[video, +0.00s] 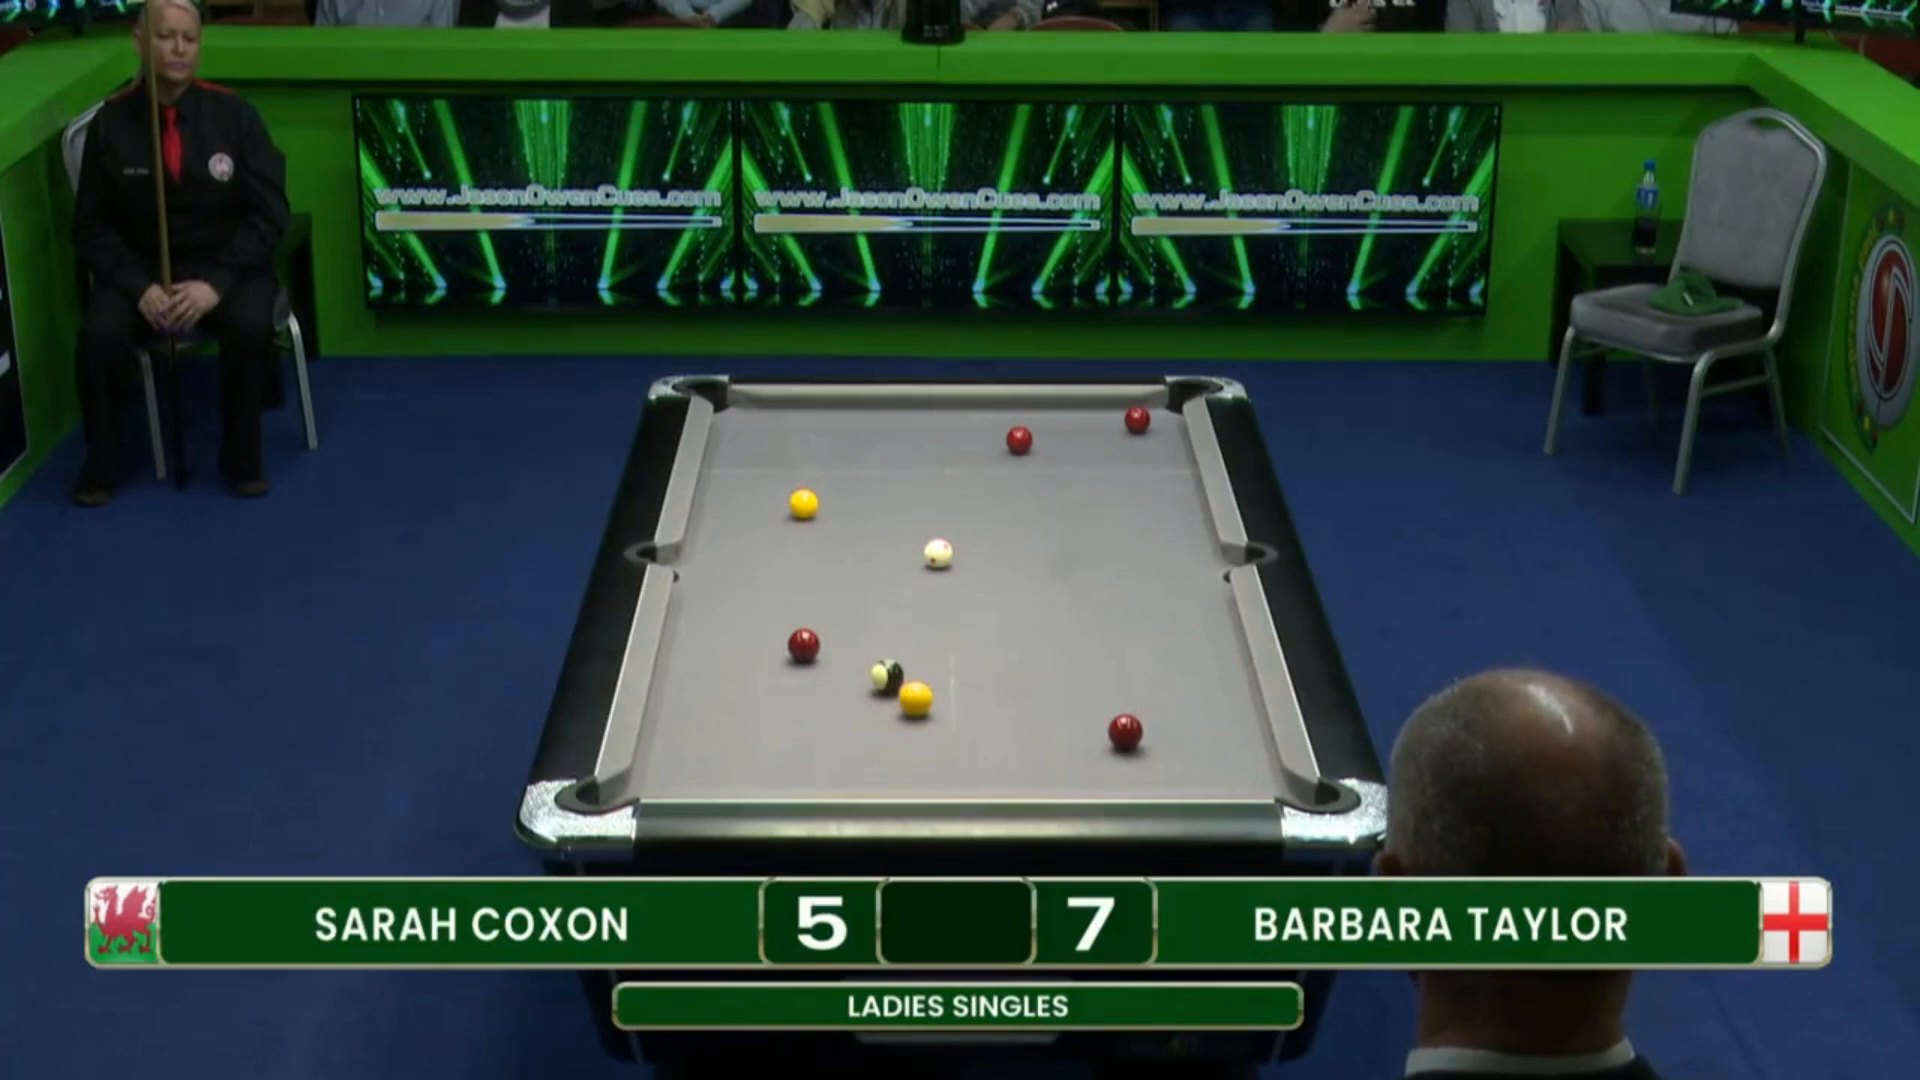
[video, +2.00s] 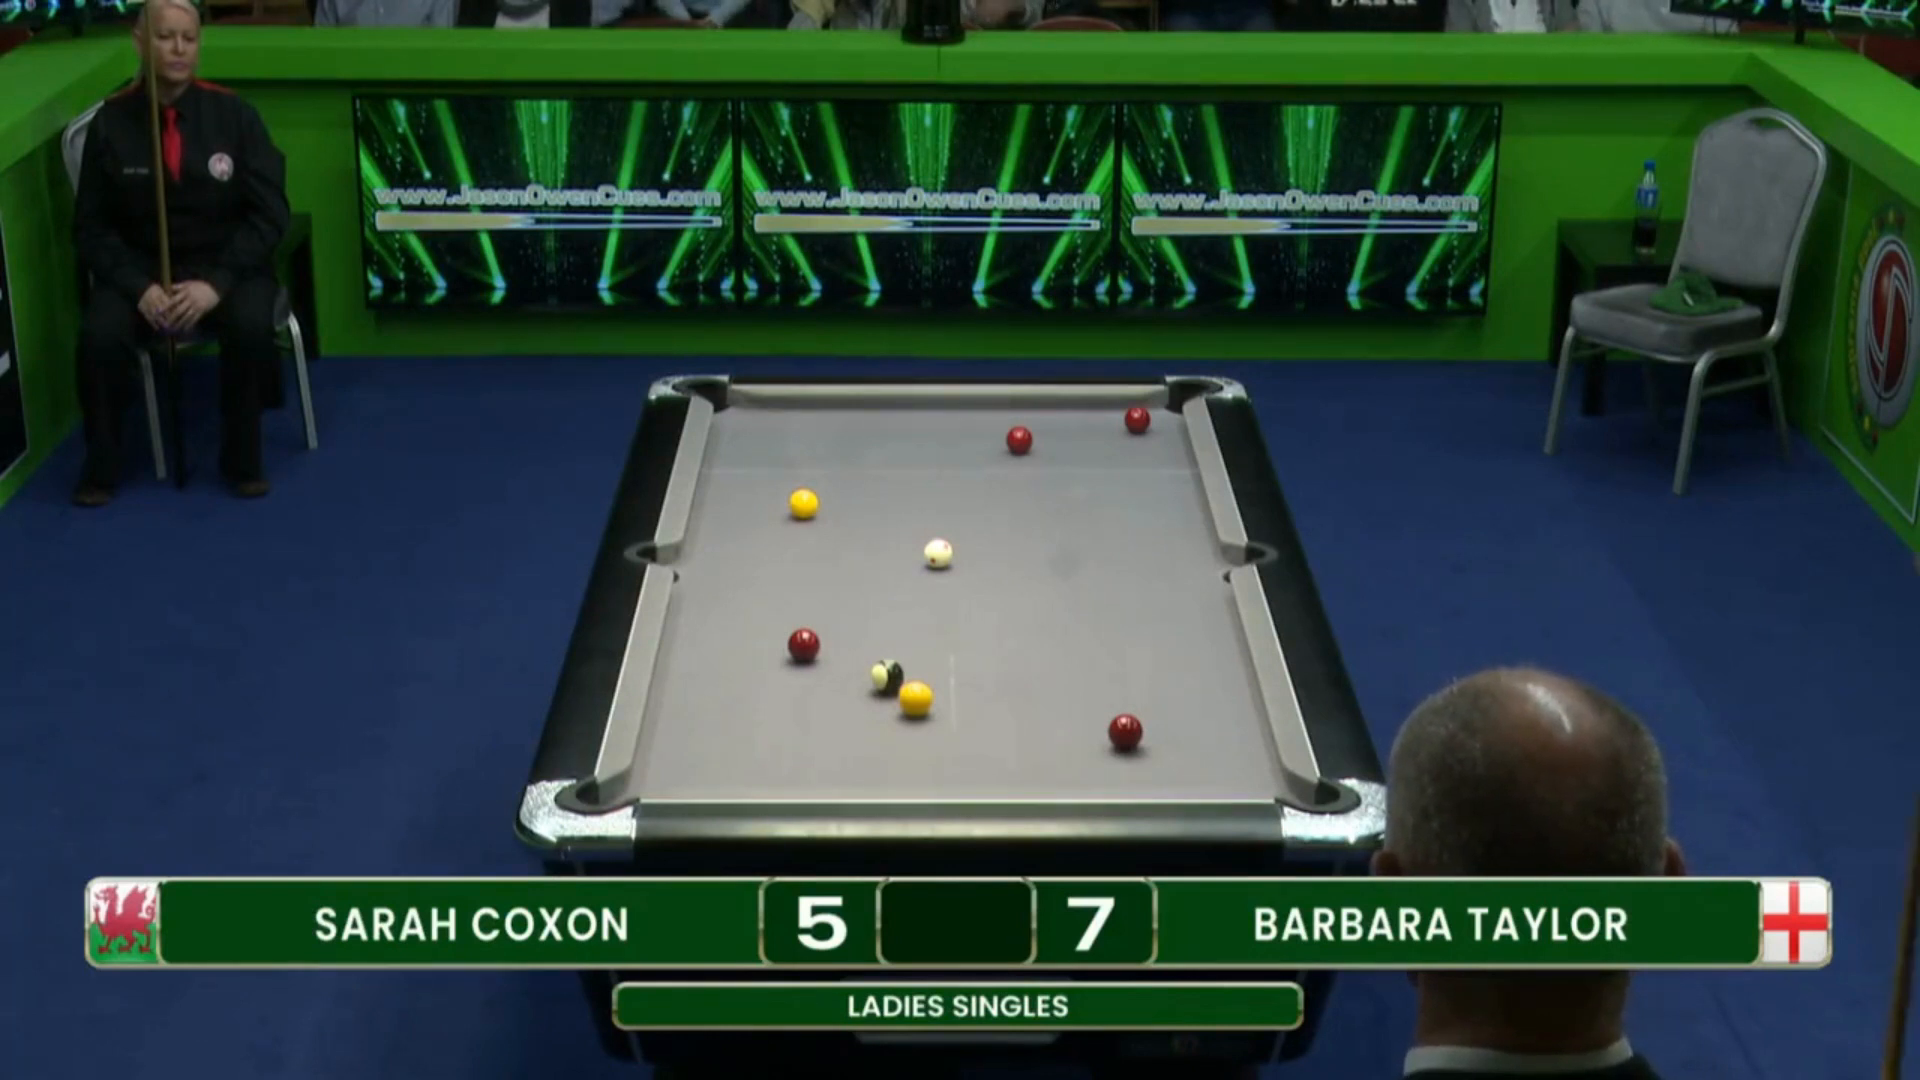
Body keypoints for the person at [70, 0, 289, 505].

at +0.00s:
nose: (179, 49)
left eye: (189, 38)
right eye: (165, 37)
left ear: (200, 45)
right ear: (141, 42)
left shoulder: (235, 115)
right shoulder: (111, 121)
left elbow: (269, 215)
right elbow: (90, 226)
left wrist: (214, 284)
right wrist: (140, 287)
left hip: (221, 266)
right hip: (138, 272)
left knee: (249, 330)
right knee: (101, 336)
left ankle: (243, 463)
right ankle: (101, 469)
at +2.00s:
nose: (179, 49)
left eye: (189, 38)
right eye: (165, 37)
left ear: (199, 44)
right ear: (141, 42)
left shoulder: (234, 116)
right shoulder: (111, 121)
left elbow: (269, 215)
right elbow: (90, 226)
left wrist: (214, 284)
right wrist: (140, 287)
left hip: (221, 268)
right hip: (138, 274)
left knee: (248, 328)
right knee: (101, 336)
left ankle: (243, 463)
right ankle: (101, 469)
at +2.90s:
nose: (179, 49)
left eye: (189, 38)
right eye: (165, 37)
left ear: (199, 44)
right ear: (140, 41)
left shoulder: (234, 115)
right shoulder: (111, 122)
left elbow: (269, 215)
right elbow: (90, 226)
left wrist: (214, 284)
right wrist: (140, 287)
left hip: (221, 268)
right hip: (138, 274)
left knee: (248, 328)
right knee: (101, 336)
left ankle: (243, 463)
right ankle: (101, 469)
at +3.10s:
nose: (179, 49)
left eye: (189, 38)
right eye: (165, 37)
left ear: (199, 44)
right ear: (140, 41)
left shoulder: (234, 115)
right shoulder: (111, 121)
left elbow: (269, 215)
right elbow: (90, 226)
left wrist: (214, 284)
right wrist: (140, 287)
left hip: (221, 268)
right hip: (139, 274)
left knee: (248, 328)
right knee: (101, 336)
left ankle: (243, 463)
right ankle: (101, 469)